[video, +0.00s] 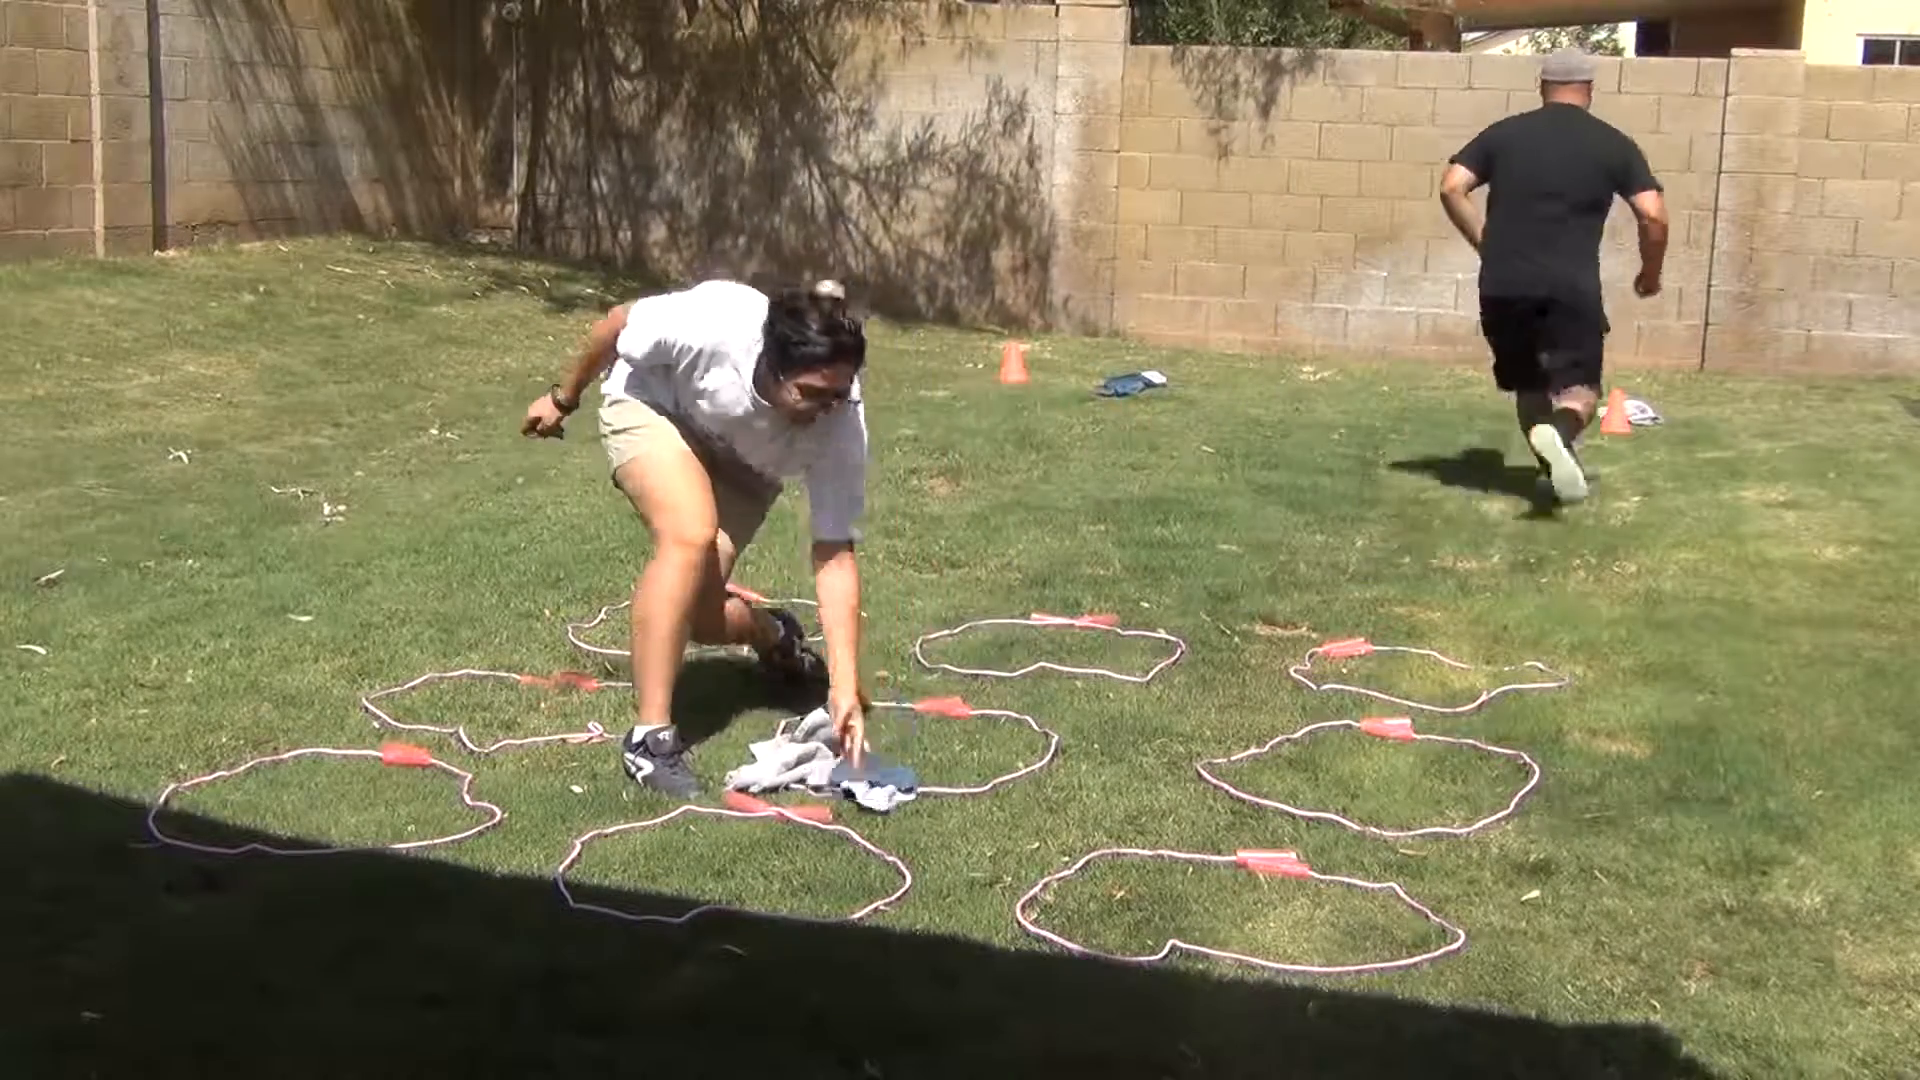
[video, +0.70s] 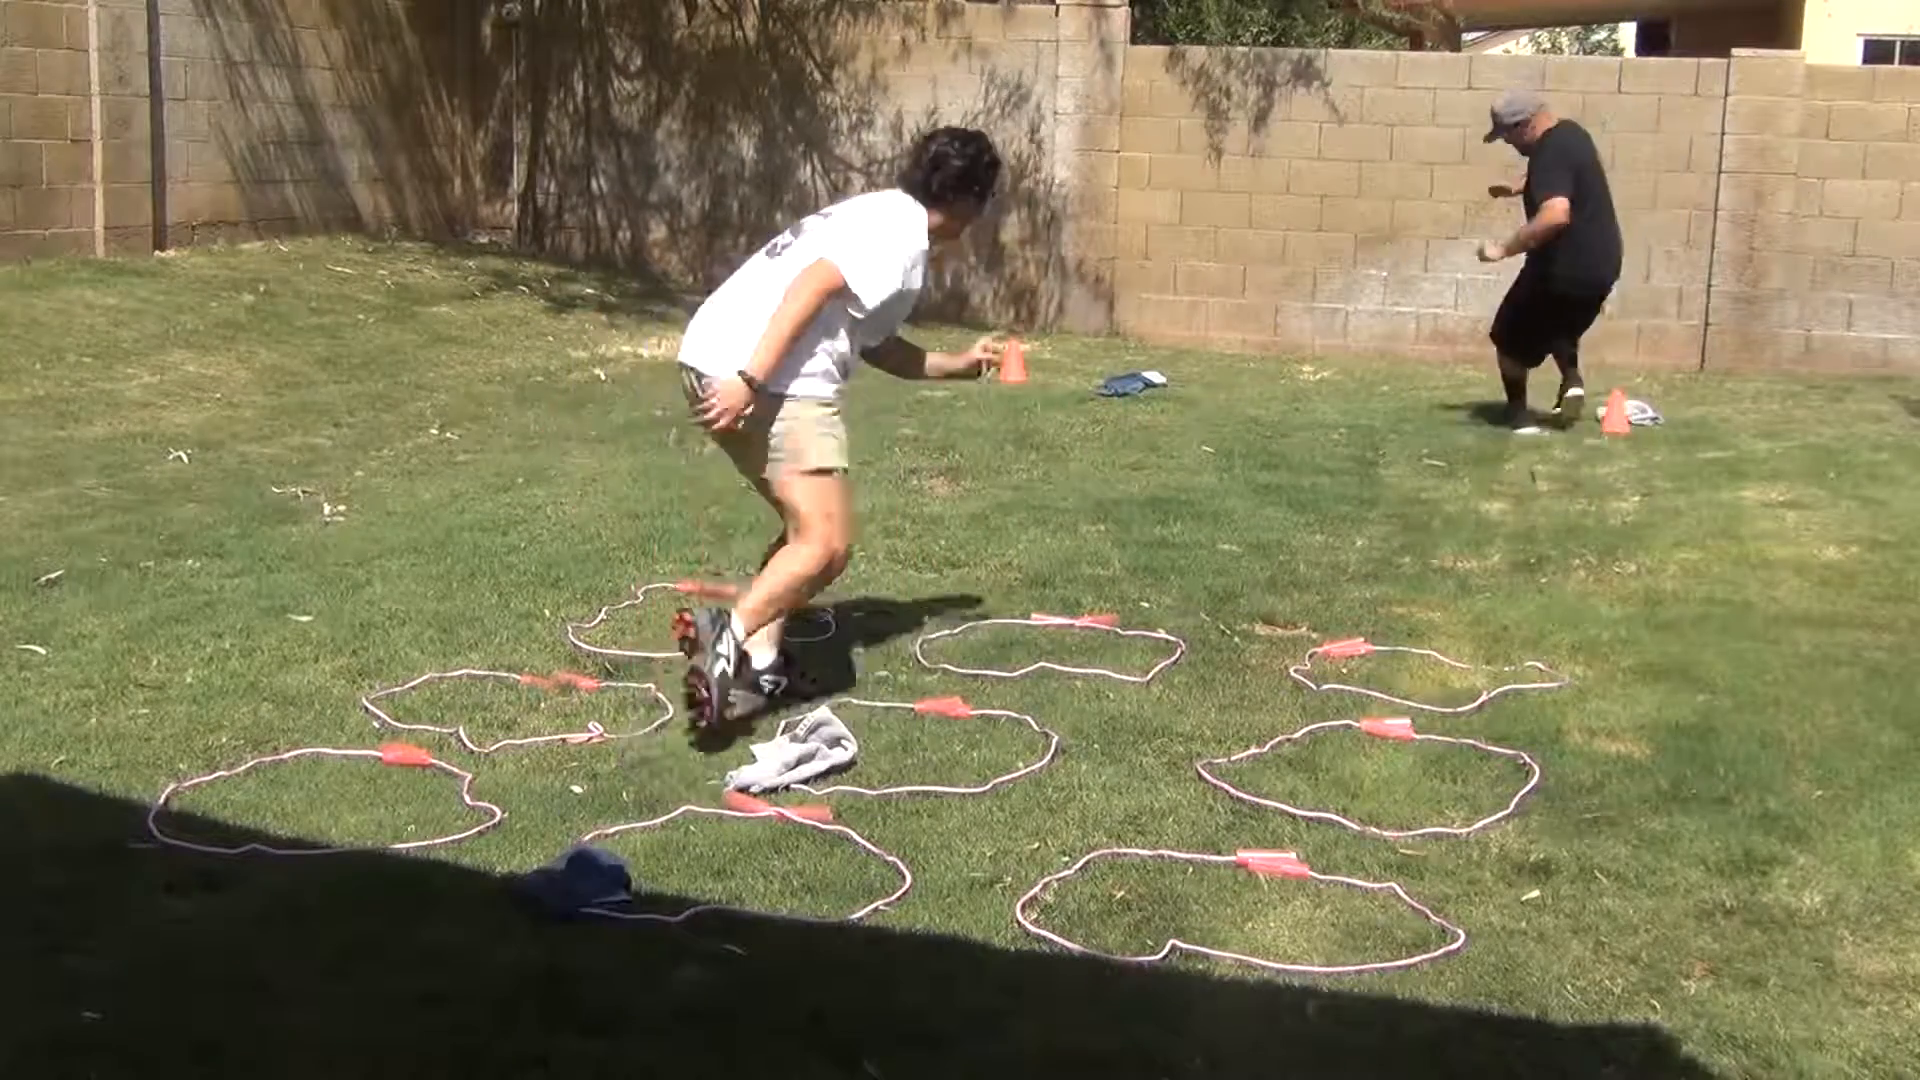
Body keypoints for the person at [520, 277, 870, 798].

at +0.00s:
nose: (823, 409)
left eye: (837, 396)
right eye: (810, 393)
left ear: (850, 381)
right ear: (773, 366)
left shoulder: (842, 429)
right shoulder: (717, 322)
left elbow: (835, 553)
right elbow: (614, 326)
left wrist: (847, 690)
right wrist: (563, 398)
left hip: (747, 465)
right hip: (653, 398)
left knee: (698, 617)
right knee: (689, 536)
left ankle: (771, 632)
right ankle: (651, 737)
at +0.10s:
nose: (844, 396)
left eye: (857, 382)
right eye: (829, 380)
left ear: (868, 368)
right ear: (789, 354)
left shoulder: (851, 420)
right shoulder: (718, 317)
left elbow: (821, 522)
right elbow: (610, 304)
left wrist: (852, 616)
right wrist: (561, 403)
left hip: (741, 452)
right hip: (647, 392)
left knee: (701, 608)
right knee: (686, 534)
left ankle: (747, 657)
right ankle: (653, 737)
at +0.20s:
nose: (869, 382)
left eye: (883, 369)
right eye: (858, 365)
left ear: (893, 357)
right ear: (819, 335)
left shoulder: (856, 413)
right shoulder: (735, 307)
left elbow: (816, 511)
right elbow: (609, 313)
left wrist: (831, 582)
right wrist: (572, 431)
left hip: (735, 434)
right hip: (644, 388)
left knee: (754, 601)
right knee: (687, 536)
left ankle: (743, 661)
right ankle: (654, 737)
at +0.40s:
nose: (935, 337)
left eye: (946, 327)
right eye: (930, 318)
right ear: (884, 290)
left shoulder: (886, 361)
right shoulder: (796, 296)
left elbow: (862, 454)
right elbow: (682, 357)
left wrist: (839, 517)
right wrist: (711, 468)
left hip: (726, 402)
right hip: (636, 379)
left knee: (817, 512)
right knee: (709, 535)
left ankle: (744, 660)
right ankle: (655, 735)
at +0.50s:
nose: (982, 291)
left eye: (987, 276)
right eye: (979, 272)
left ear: (938, 267)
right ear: (938, 261)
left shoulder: (890, 332)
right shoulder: (843, 271)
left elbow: (861, 423)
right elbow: (736, 332)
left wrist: (861, 437)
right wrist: (773, 443)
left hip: (733, 384)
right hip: (665, 366)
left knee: (822, 496)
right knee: (727, 541)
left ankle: (754, 654)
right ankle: (657, 735)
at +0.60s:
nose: (981, 251)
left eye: (986, 238)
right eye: (984, 236)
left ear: (931, 208)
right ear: (963, 227)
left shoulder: (895, 268)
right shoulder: (886, 249)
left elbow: (846, 375)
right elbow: (781, 297)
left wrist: (895, 400)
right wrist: (773, 408)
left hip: (743, 379)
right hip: (709, 370)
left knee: (819, 506)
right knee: (743, 544)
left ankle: (755, 660)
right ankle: (668, 724)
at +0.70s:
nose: (980, 214)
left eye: (984, 201)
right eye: (983, 200)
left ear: (922, 176)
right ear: (966, 199)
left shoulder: (877, 214)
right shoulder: (905, 229)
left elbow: (876, 345)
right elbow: (815, 282)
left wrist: (958, 366)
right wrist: (751, 377)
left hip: (723, 361)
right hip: (781, 382)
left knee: (805, 529)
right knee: (826, 543)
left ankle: (761, 664)